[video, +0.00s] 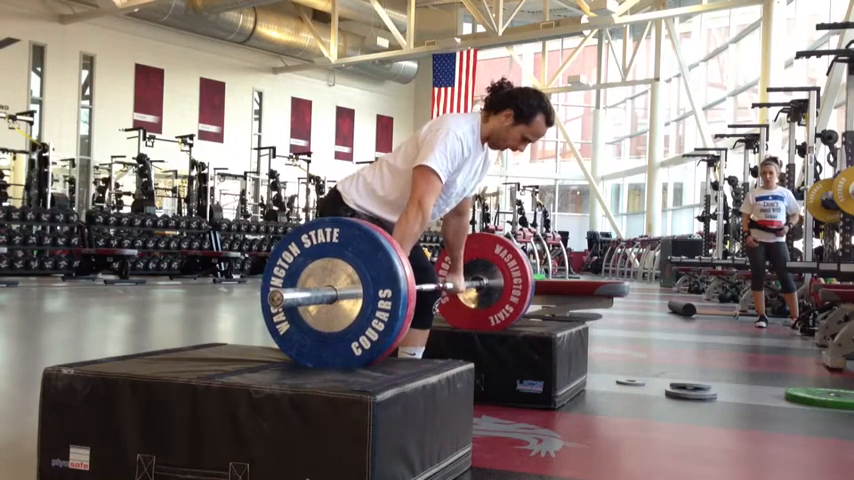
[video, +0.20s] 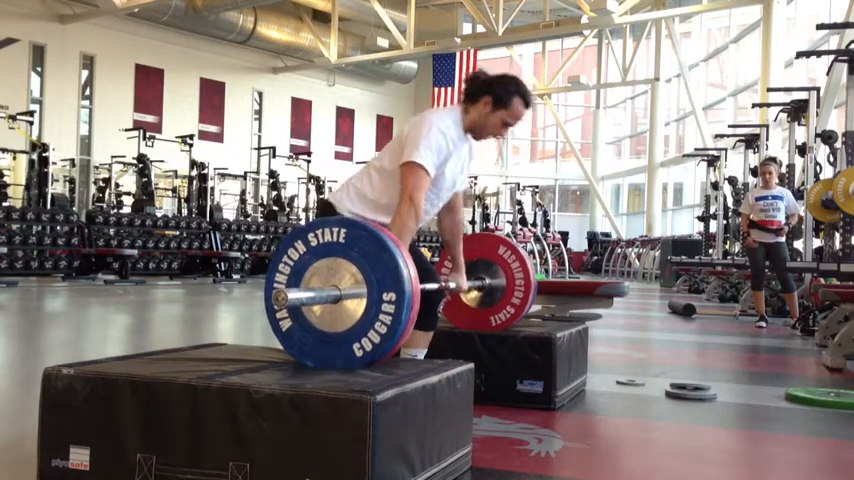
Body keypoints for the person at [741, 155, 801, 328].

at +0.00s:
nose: (767, 176)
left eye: (771, 173)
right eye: (764, 173)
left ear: (777, 174)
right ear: (760, 175)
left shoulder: (786, 194)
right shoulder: (752, 194)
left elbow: (796, 214)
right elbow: (746, 216)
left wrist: (788, 225)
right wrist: (746, 234)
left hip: (778, 240)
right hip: (757, 240)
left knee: (785, 276)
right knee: (758, 276)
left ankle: (795, 318)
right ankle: (761, 316)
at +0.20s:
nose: (766, 176)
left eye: (770, 173)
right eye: (763, 173)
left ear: (777, 175)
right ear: (760, 175)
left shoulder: (785, 194)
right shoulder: (752, 195)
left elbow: (794, 214)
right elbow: (745, 216)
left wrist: (788, 225)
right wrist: (746, 234)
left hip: (777, 240)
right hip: (757, 240)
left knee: (785, 276)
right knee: (757, 276)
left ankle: (795, 318)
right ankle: (761, 315)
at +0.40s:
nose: (766, 176)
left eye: (769, 173)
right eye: (763, 173)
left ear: (776, 174)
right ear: (759, 175)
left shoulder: (784, 193)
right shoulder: (752, 194)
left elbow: (794, 213)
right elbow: (744, 216)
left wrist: (788, 224)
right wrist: (746, 234)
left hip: (777, 240)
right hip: (757, 239)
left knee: (785, 276)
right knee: (757, 276)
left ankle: (795, 317)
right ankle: (761, 316)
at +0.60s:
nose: (766, 176)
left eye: (769, 173)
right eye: (763, 173)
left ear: (776, 174)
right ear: (759, 175)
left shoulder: (784, 193)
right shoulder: (751, 195)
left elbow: (794, 213)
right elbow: (744, 216)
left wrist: (788, 224)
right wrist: (746, 234)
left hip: (777, 240)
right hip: (757, 239)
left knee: (785, 276)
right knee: (757, 277)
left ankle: (795, 317)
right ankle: (761, 316)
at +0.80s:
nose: (766, 176)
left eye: (769, 173)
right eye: (763, 173)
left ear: (775, 174)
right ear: (759, 175)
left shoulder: (784, 193)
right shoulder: (751, 195)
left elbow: (794, 213)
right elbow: (744, 216)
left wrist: (788, 224)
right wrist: (746, 234)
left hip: (777, 240)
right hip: (756, 239)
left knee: (785, 276)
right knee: (757, 277)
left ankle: (795, 317)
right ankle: (761, 316)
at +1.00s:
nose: (766, 176)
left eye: (769, 173)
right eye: (763, 173)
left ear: (776, 174)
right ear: (759, 175)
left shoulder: (784, 193)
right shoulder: (751, 195)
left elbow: (794, 213)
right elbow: (744, 217)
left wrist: (788, 224)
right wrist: (746, 235)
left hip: (777, 240)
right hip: (756, 239)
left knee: (785, 276)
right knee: (757, 277)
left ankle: (795, 318)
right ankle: (761, 316)